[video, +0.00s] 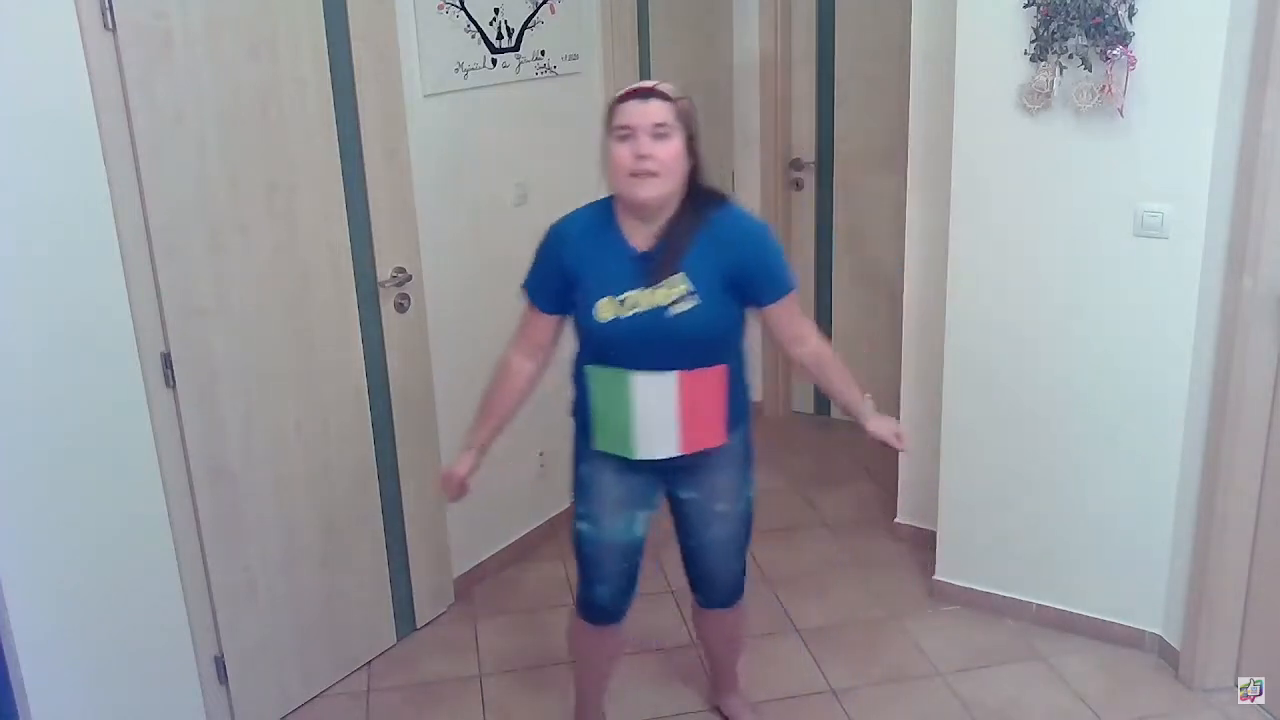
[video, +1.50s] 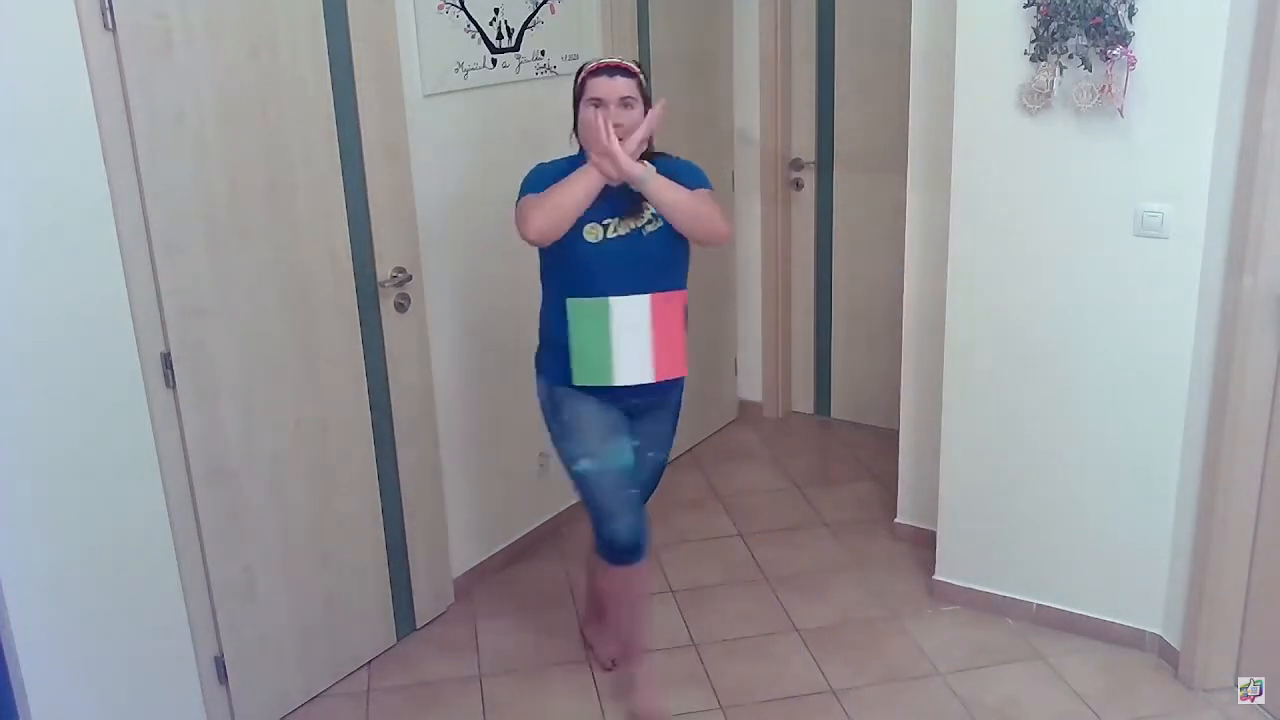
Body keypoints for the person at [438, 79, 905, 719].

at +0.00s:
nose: (642, 151)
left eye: (661, 135)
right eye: (626, 136)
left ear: (689, 153)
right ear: (607, 153)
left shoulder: (736, 236)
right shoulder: (572, 242)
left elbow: (799, 337)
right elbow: (528, 354)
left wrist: (866, 413)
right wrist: (472, 450)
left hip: (713, 446)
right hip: (610, 450)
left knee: (723, 592)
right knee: (600, 602)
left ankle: (727, 697)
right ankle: (589, 711)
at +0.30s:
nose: (561, 197)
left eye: (579, 181)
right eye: (544, 184)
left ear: (608, 194)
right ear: (526, 201)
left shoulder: (660, 272)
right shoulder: (500, 285)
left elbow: (722, 368)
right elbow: (464, 393)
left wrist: (785, 435)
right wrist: (421, 488)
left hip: (657, 450)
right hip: (555, 463)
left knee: (679, 596)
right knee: (570, 618)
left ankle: (629, 658)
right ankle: (588, 712)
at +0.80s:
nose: (557, 129)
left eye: (574, 115)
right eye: (541, 116)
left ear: (598, 130)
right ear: (521, 133)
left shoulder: (643, 201)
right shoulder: (490, 219)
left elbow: (699, 293)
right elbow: (443, 315)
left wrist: (767, 361)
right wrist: (388, 395)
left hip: (636, 412)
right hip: (546, 421)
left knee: (628, 544)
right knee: (571, 567)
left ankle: (611, 613)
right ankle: (585, 708)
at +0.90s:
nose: (565, 135)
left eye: (581, 121)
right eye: (549, 121)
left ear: (603, 133)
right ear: (530, 135)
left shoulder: (646, 202)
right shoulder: (499, 216)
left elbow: (696, 295)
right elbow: (464, 304)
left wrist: (754, 333)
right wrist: (428, 341)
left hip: (634, 409)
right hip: (546, 416)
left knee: (617, 543)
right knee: (567, 565)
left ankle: (603, 618)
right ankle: (579, 706)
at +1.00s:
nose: (574, 138)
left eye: (588, 123)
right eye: (557, 124)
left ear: (609, 133)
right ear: (536, 135)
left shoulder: (649, 201)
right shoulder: (513, 208)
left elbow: (711, 293)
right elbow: (471, 312)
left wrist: (716, 283)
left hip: (632, 409)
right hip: (546, 413)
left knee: (612, 538)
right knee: (568, 561)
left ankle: (601, 618)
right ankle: (580, 702)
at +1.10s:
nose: (582, 134)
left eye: (596, 119)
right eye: (566, 120)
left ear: (620, 128)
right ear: (547, 131)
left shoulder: (655, 186)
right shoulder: (523, 191)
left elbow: (717, 258)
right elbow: (514, 262)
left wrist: (659, 213)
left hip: (633, 394)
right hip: (546, 395)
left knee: (608, 535)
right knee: (556, 548)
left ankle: (600, 618)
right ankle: (579, 678)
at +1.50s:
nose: (611, 117)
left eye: (625, 105)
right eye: (596, 106)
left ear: (647, 114)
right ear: (577, 116)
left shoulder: (676, 173)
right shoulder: (552, 177)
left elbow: (715, 229)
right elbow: (536, 227)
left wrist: (634, 171)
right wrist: (606, 163)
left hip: (658, 382)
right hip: (575, 383)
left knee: (621, 521)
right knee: (625, 532)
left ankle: (598, 616)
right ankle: (635, 670)